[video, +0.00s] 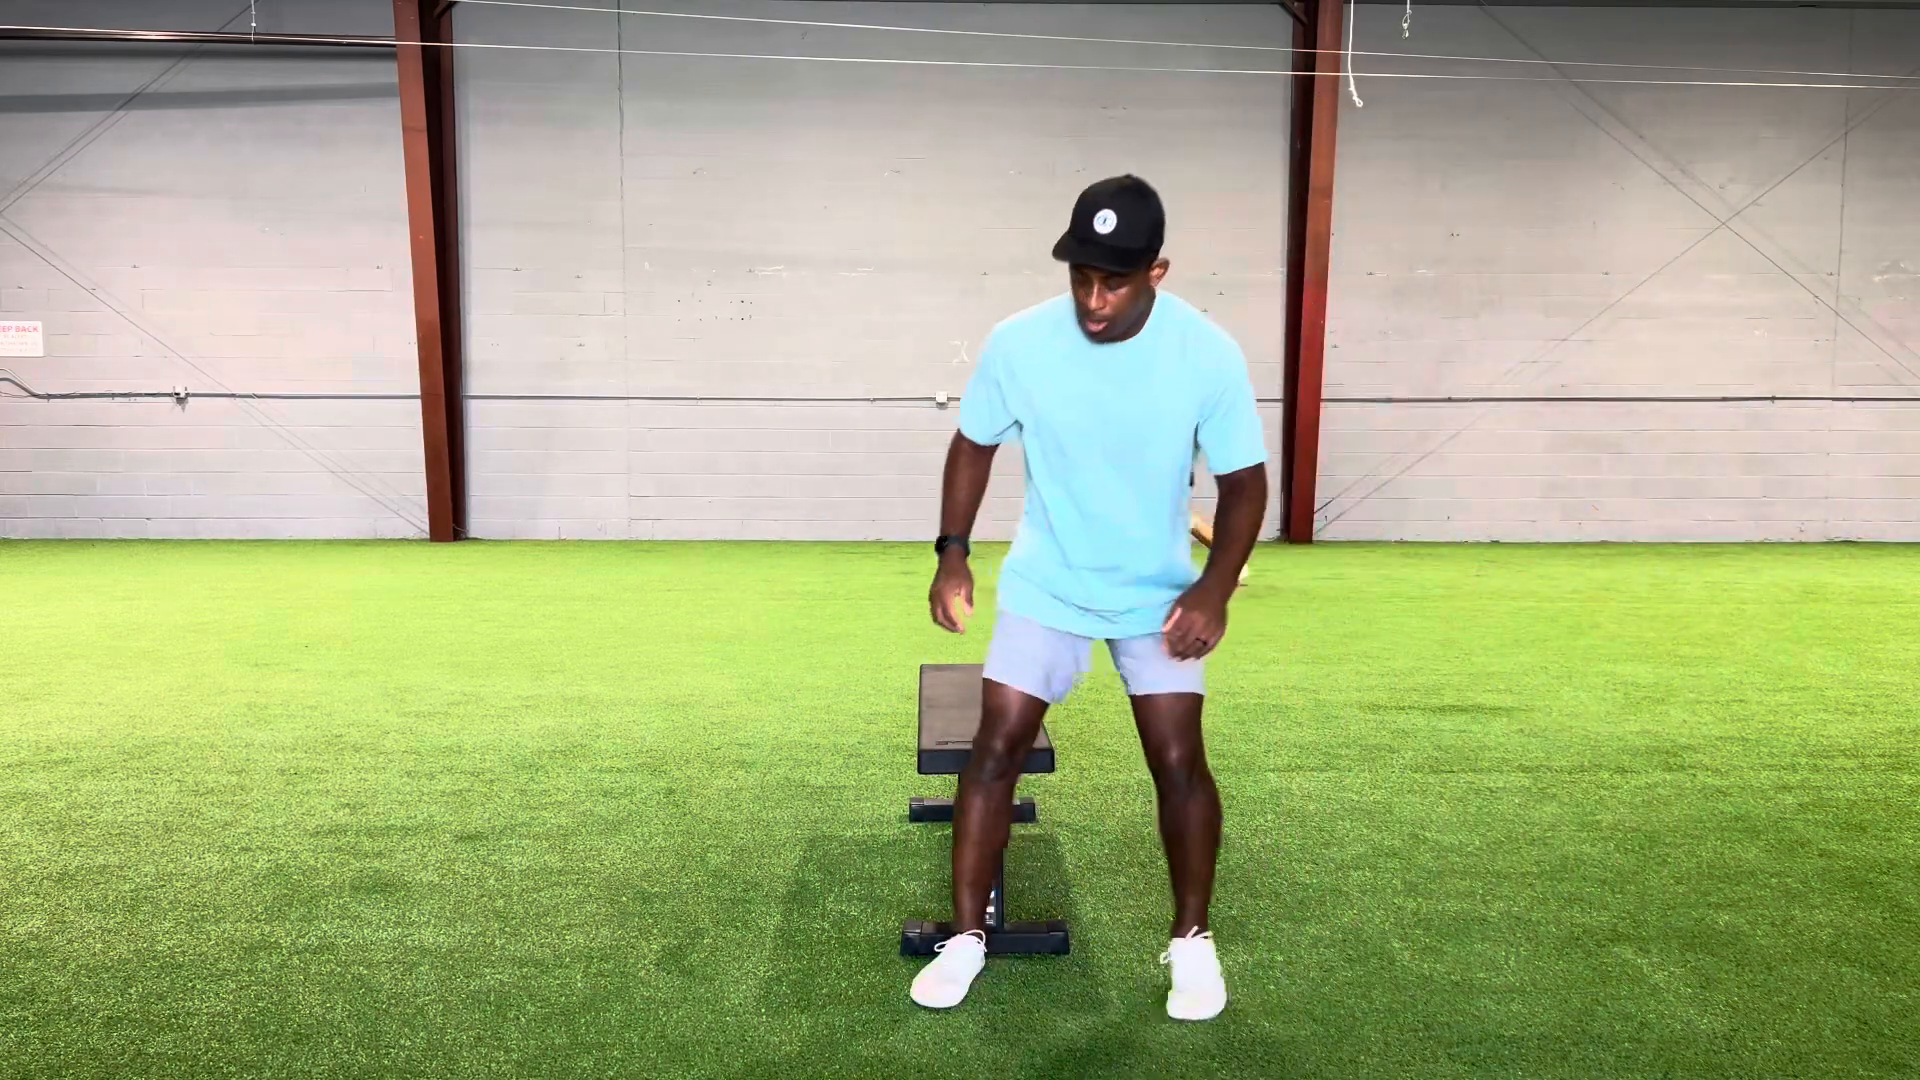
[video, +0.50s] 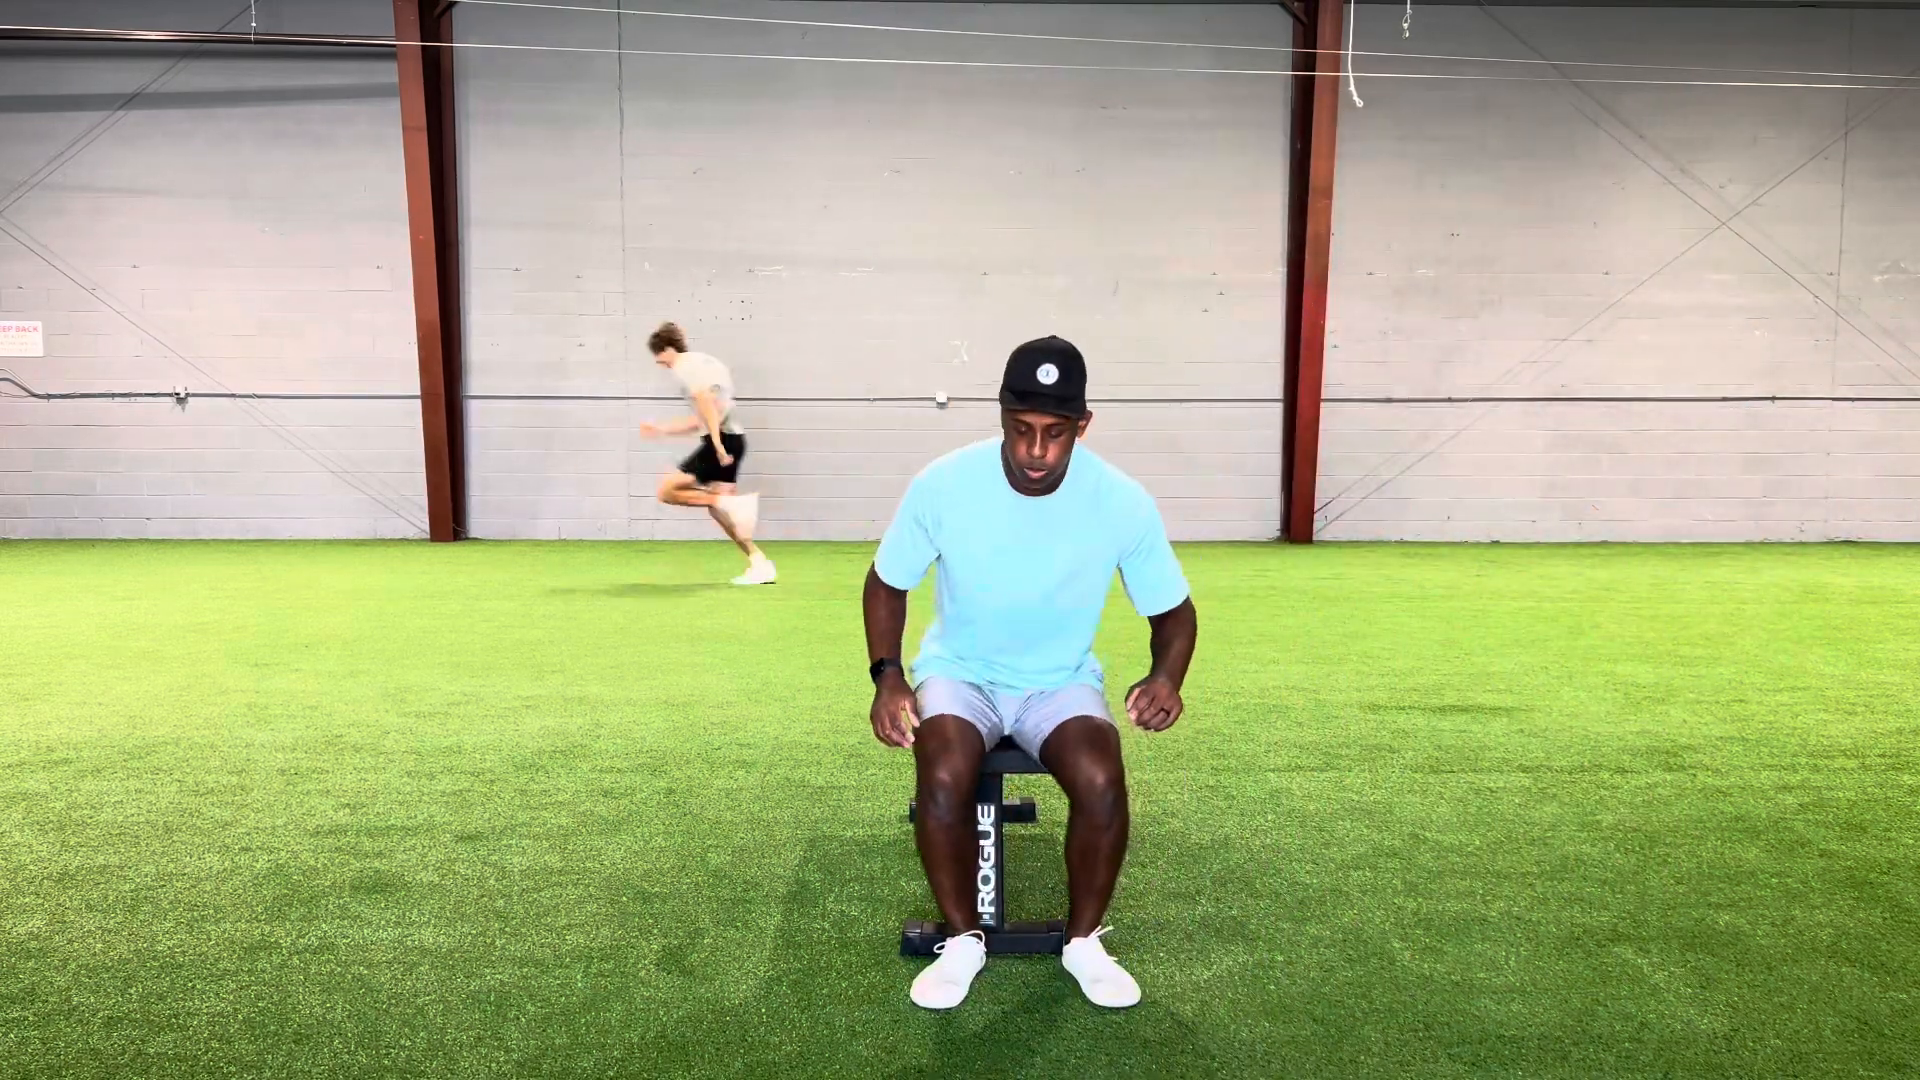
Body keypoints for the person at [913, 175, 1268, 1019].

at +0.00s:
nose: (1096, 297)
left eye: (1117, 280)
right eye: (1084, 275)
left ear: (1156, 273)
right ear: (1067, 262)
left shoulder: (1206, 356)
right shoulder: (1021, 343)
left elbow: (1246, 483)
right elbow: (972, 443)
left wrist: (1215, 587)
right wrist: (952, 550)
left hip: (1158, 590)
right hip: (1045, 581)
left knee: (1179, 762)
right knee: (998, 743)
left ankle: (1191, 938)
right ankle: (966, 934)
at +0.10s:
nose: (1069, 346)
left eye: (1089, 330)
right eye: (1056, 324)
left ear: (1126, 317)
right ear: (1037, 308)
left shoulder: (1175, 395)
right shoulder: (990, 384)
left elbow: (1216, 518)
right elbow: (932, 482)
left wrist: (1184, 598)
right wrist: (922, 594)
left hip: (1127, 601)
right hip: (1013, 595)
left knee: (1163, 752)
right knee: (974, 749)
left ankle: (1123, 927)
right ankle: (965, 934)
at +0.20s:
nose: (1053, 387)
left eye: (1073, 370)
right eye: (1039, 365)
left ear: (1108, 357)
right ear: (1020, 347)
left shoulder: (1155, 430)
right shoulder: (970, 417)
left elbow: (1200, 547)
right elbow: (916, 512)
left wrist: (1169, 631)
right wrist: (906, 619)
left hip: (1102, 621)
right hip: (993, 610)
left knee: (1126, 772)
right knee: (969, 757)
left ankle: (1086, 938)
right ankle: (965, 935)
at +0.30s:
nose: (1049, 424)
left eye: (1069, 406)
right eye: (1035, 402)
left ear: (1101, 394)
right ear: (1015, 383)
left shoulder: (1144, 467)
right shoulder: (959, 450)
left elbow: (1195, 582)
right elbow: (904, 544)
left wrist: (1167, 665)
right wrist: (897, 644)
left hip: (1084, 644)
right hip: (975, 634)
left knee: (1114, 779)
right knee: (957, 770)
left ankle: (1084, 939)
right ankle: (963, 937)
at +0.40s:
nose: (1046, 445)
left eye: (1065, 427)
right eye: (1032, 423)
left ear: (1094, 416)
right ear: (1011, 405)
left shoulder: (1132, 490)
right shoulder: (953, 470)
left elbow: (1186, 600)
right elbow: (893, 564)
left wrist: (1170, 678)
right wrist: (891, 662)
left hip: (1071, 662)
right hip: (966, 656)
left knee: (1104, 779)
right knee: (954, 777)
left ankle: (1084, 940)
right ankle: (964, 938)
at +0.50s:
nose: (1036, 452)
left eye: (1055, 434)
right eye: (1022, 431)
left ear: (1082, 426)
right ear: (1002, 415)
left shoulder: (1121, 504)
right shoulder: (943, 487)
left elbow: (1174, 610)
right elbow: (886, 582)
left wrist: (1167, 676)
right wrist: (887, 676)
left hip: (1063, 680)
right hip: (958, 673)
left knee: (1101, 782)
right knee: (943, 778)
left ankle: (1083, 940)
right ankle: (963, 939)